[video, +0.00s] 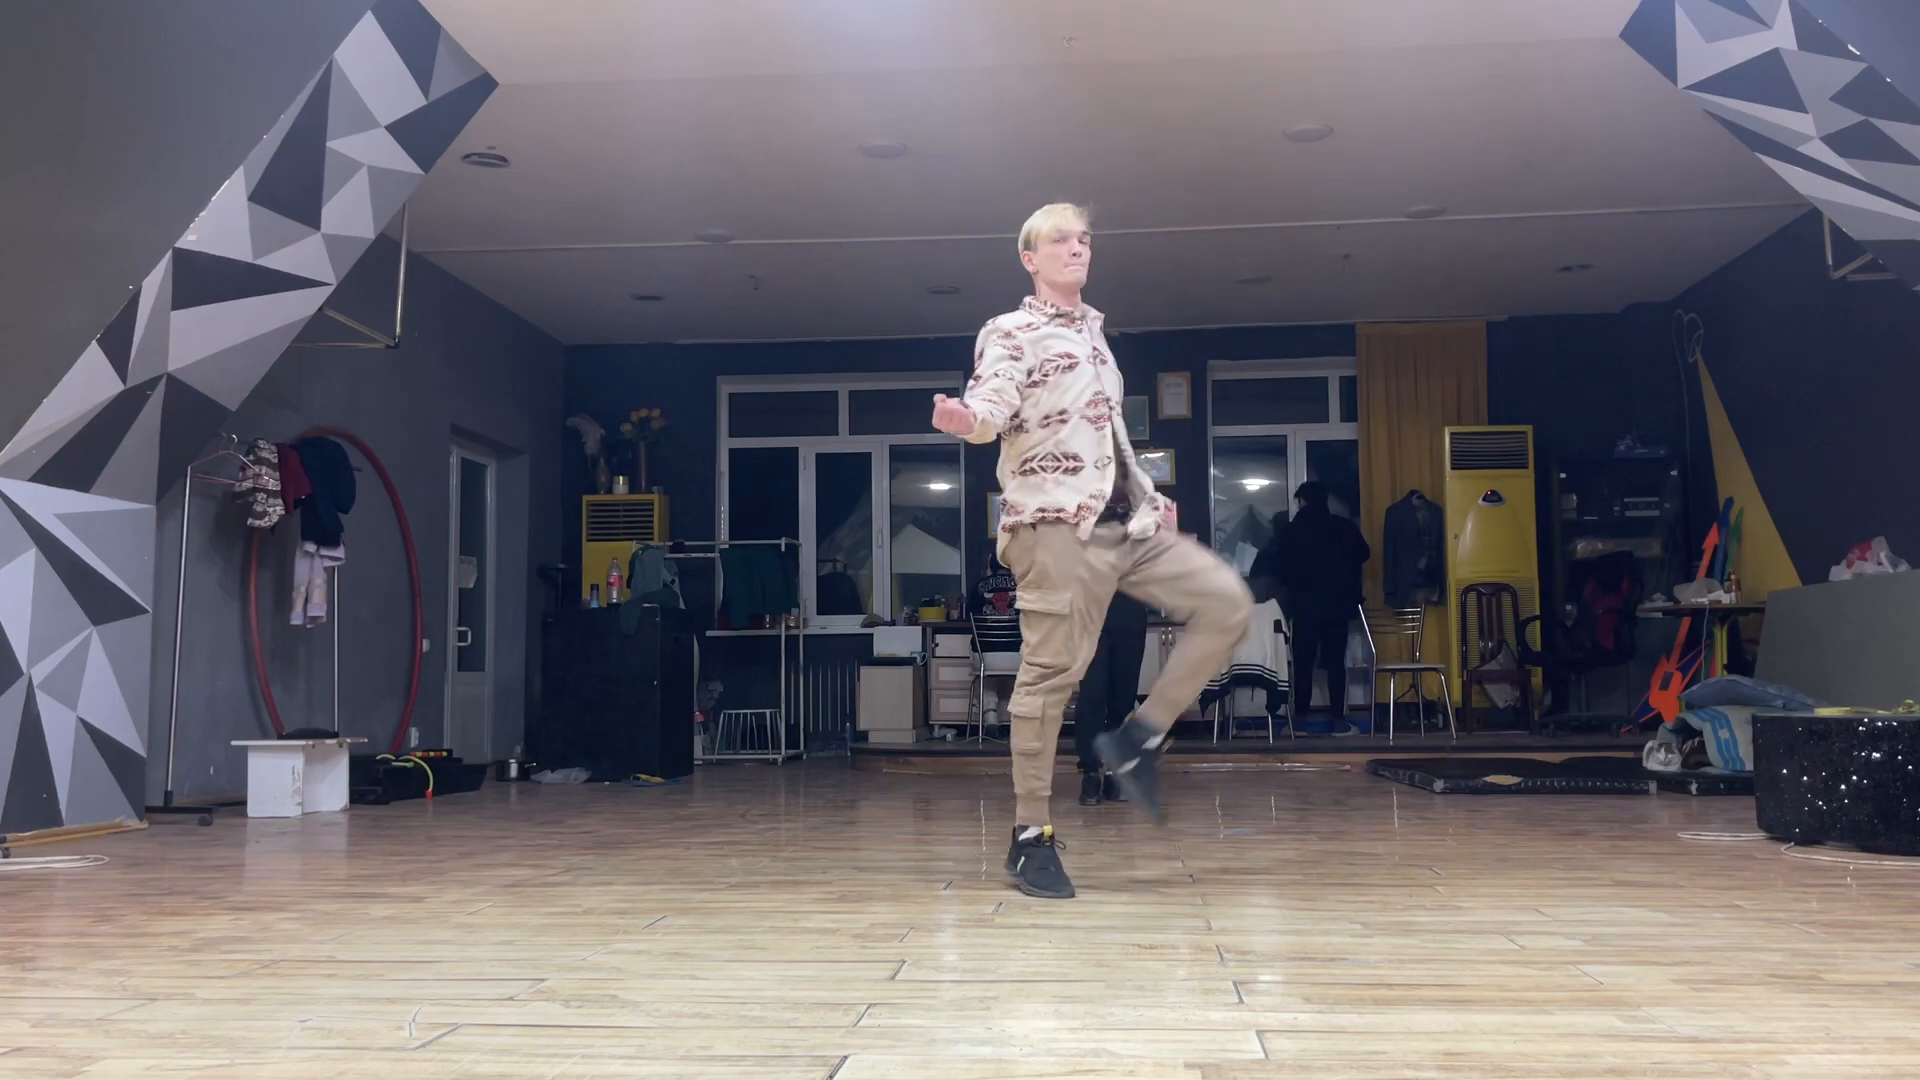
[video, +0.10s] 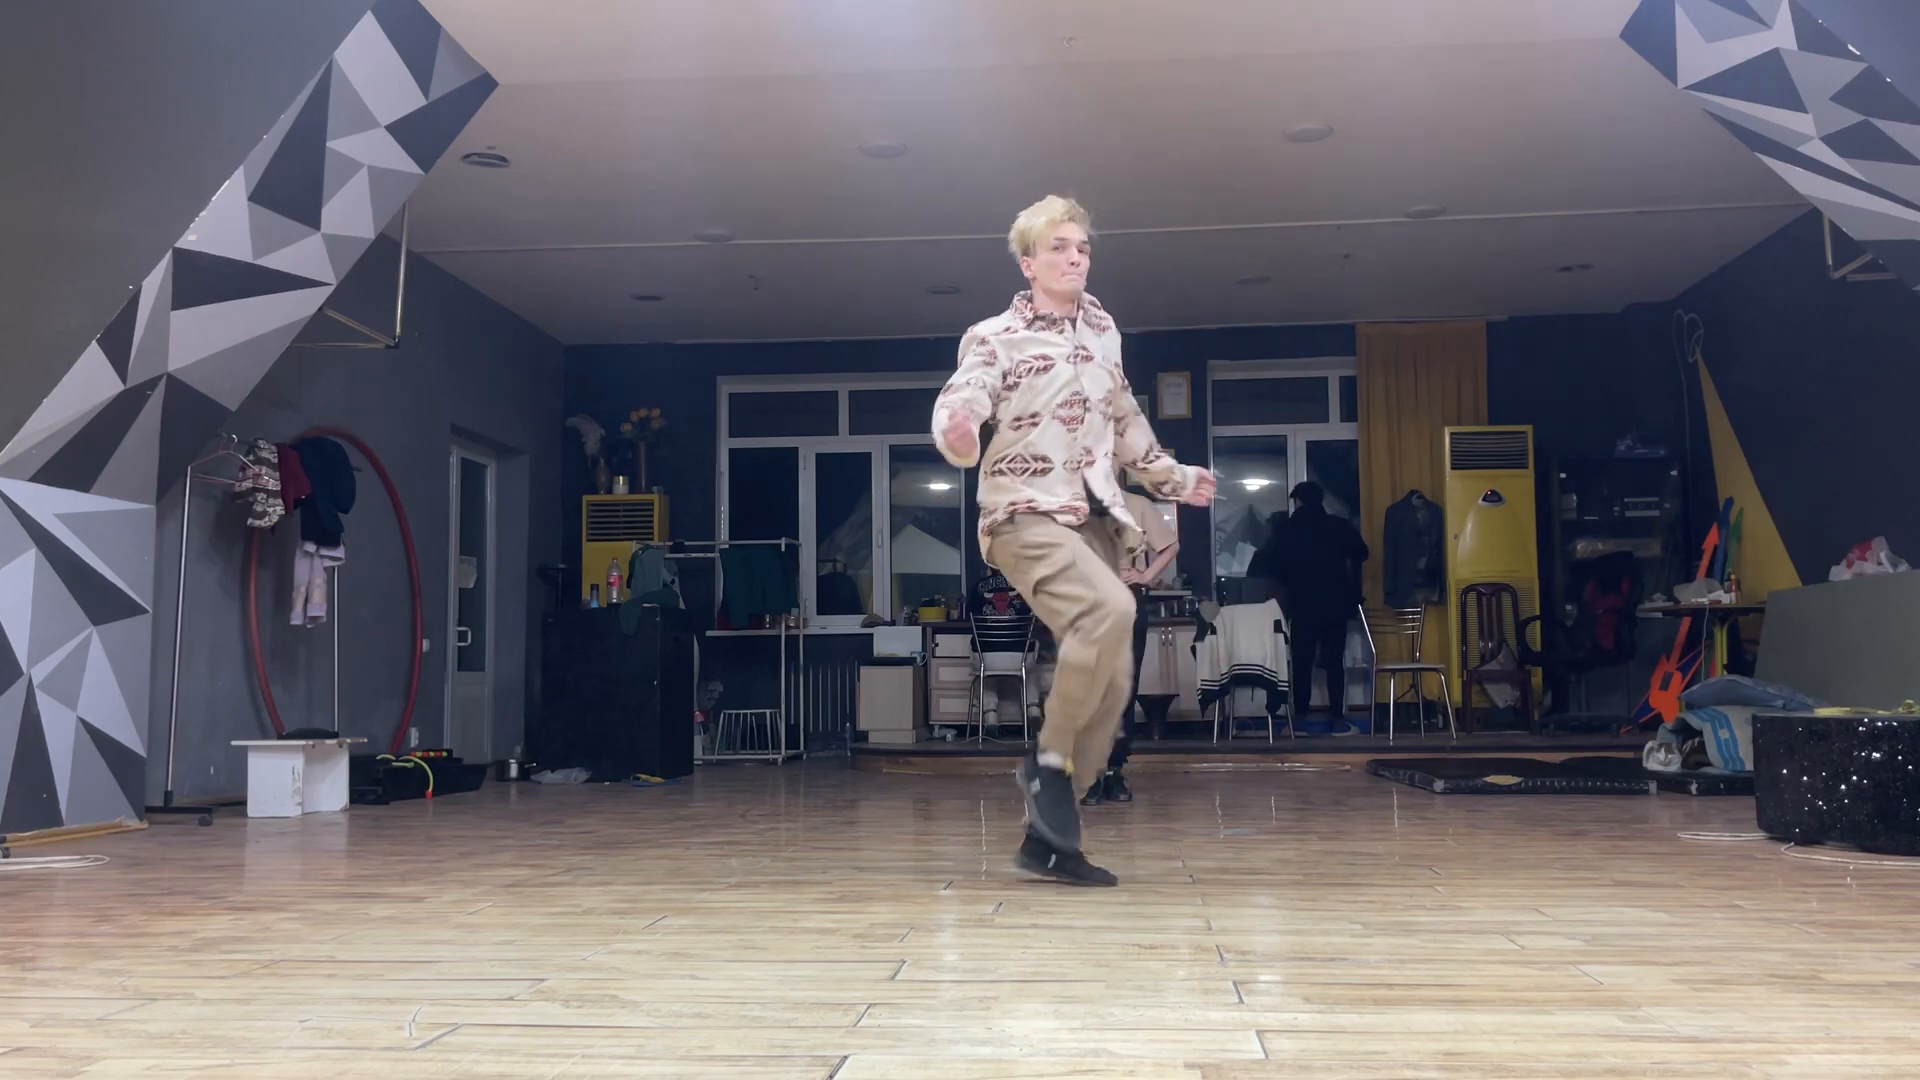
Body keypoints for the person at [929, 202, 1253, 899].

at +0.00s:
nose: (1079, 250)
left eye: (1084, 241)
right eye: (1064, 240)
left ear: (1090, 256)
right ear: (1030, 257)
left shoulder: (1092, 333)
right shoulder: (1011, 333)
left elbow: (1107, 437)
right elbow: (992, 407)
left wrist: (1149, 497)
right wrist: (970, 420)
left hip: (1124, 523)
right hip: (1057, 529)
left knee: (1227, 604)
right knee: (1050, 675)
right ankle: (1031, 837)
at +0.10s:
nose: (1075, 258)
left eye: (1082, 247)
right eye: (1059, 247)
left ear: (1090, 257)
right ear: (1028, 261)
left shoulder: (1101, 334)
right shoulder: (994, 339)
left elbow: (1123, 422)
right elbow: (964, 398)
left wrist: (1168, 476)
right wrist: (960, 429)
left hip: (1095, 518)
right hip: (1022, 515)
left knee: (1111, 670)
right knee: (1108, 608)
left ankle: (1047, 838)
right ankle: (1054, 766)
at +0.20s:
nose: (1091, 285)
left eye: (1097, 275)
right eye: (1076, 274)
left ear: (1104, 289)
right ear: (1043, 286)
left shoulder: (1110, 386)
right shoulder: (1005, 359)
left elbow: (1147, 458)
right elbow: (970, 456)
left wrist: (1223, 485)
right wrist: (1034, 483)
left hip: (1070, 547)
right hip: (997, 534)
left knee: (1097, 689)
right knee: (1081, 617)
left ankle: (1048, 841)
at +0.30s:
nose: (1102, 306)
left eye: (1107, 295)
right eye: (1086, 296)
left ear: (1112, 307)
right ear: (1053, 311)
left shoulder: (1095, 391)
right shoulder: (1035, 368)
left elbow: (1097, 462)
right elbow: (1047, 428)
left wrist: (1148, 451)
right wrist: (1136, 421)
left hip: (1032, 568)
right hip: (974, 555)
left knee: (1076, 687)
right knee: (955, 712)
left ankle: (1046, 841)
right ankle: (831, 781)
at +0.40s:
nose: (1093, 339)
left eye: (1096, 328)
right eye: (1078, 329)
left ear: (1099, 339)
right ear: (1043, 343)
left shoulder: (1081, 402)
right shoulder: (1027, 389)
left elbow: (1121, 450)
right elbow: (1087, 424)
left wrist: (1135, 410)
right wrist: (1124, 390)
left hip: (1011, 595)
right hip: (948, 581)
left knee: (1083, 691)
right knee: (878, 709)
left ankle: (1044, 841)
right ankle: (790, 828)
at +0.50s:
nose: (1073, 322)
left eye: (1078, 311)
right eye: (1060, 311)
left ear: (1079, 320)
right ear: (1023, 321)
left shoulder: (1067, 390)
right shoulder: (1011, 375)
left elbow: (1083, 460)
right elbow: (1048, 429)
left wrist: (1121, 449)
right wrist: (1123, 417)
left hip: (1022, 588)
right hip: (959, 575)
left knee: (1086, 692)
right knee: (896, 708)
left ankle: (1038, 841)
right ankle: (797, 816)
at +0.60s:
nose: (1040, 289)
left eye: (1049, 278)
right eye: (1026, 277)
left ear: (1059, 289)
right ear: (998, 288)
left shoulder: (1060, 373)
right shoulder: (978, 360)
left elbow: (1094, 452)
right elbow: (993, 449)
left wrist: (1167, 486)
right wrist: (1076, 487)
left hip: (1046, 554)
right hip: (984, 546)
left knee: (1080, 693)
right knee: (1021, 685)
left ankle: (1023, 840)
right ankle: (909, 790)